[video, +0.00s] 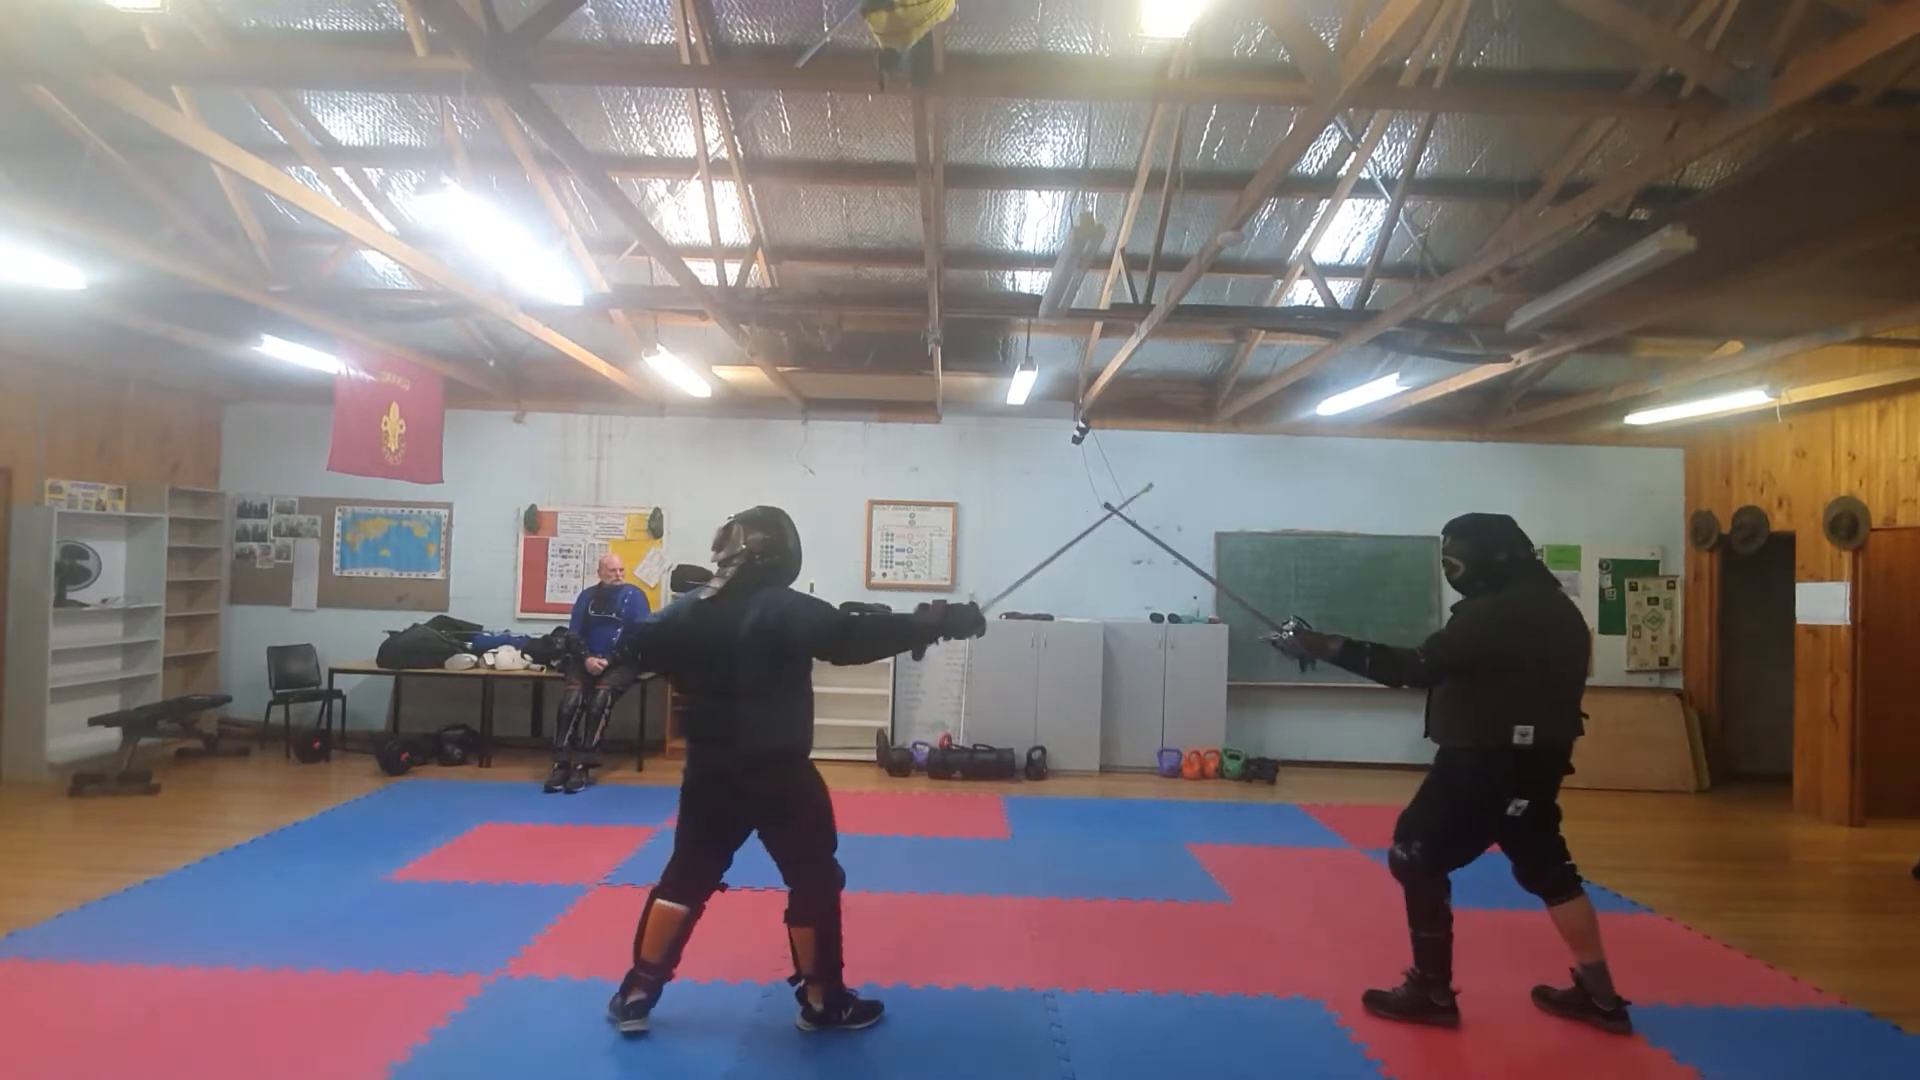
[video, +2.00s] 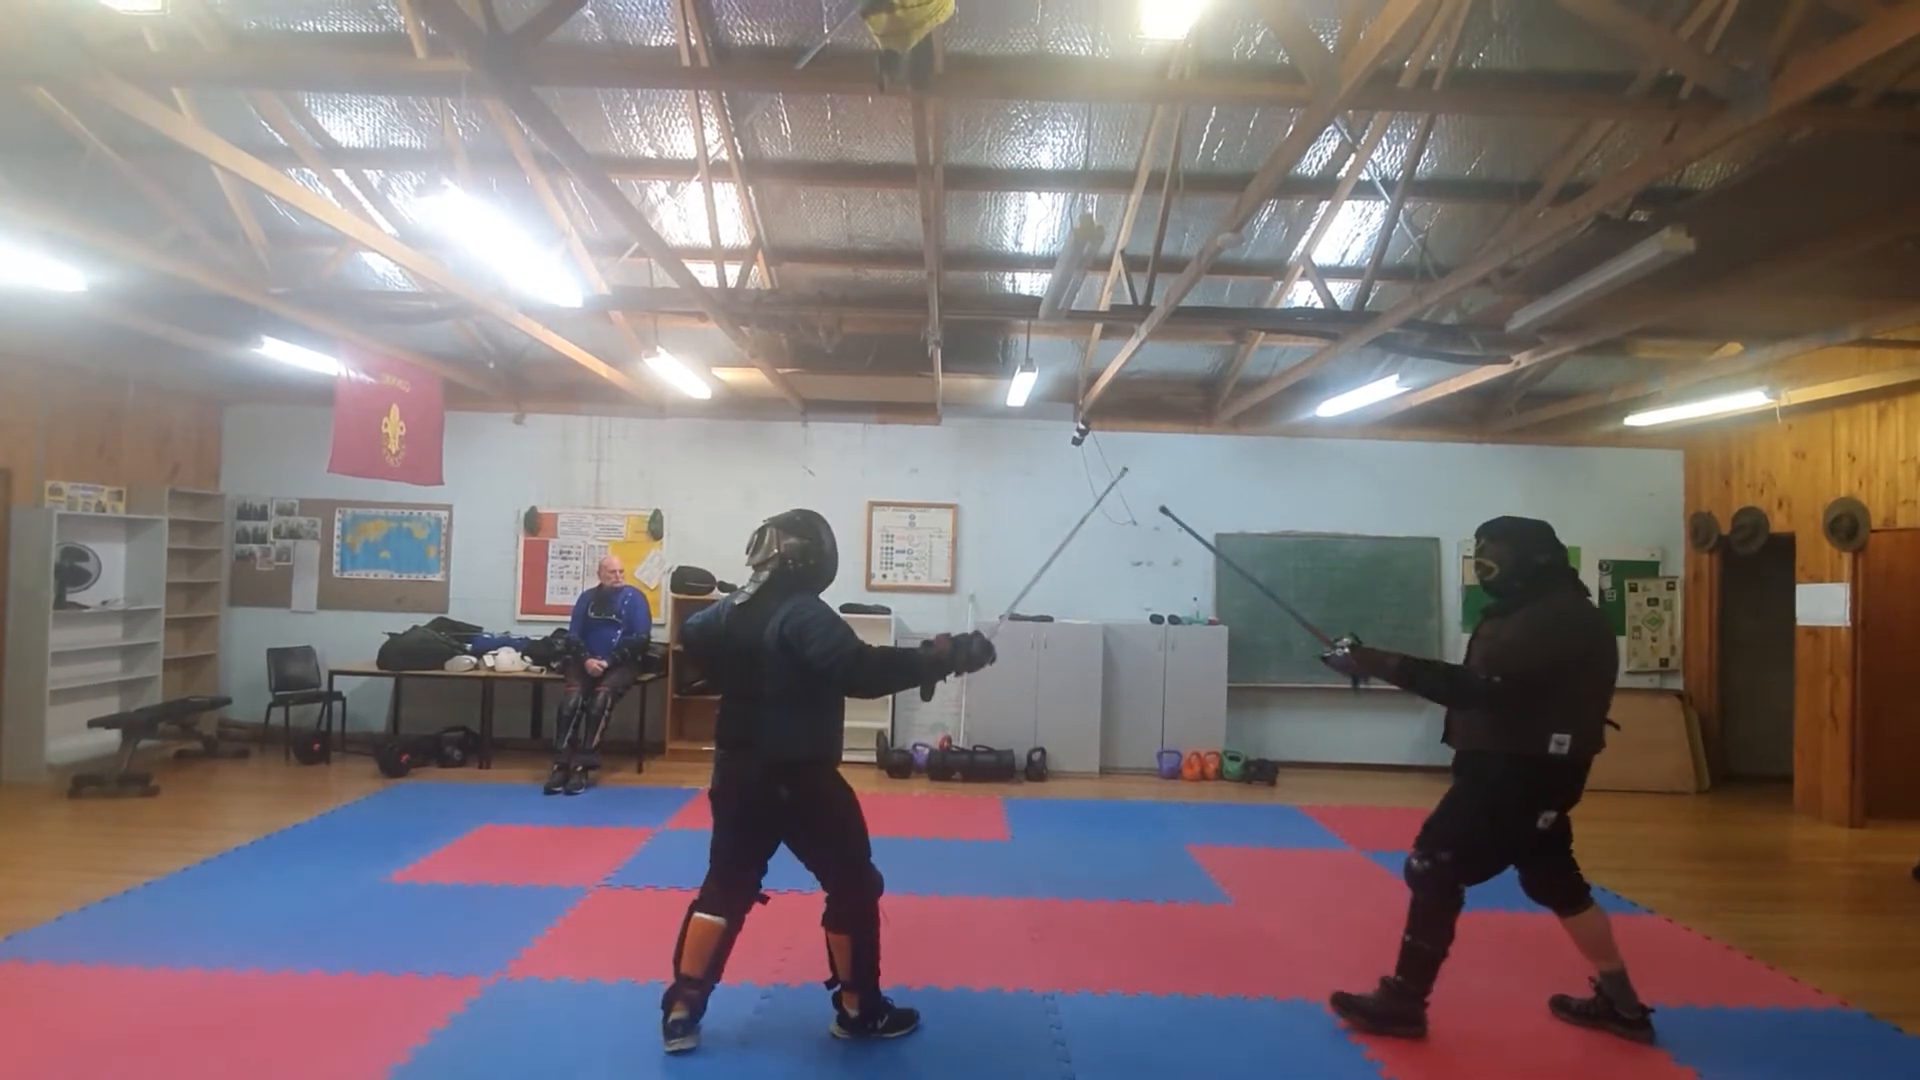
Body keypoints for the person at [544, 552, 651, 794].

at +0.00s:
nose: (619, 575)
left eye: (621, 571)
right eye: (613, 571)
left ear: (624, 571)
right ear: (599, 572)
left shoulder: (634, 596)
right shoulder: (586, 596)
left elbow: (638, 636)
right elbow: (573, 634)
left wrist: (609, 660)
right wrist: (586, 658)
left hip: (620, 661)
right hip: (585, 659)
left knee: (601, 696)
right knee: (572, 696)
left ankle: (582, 767)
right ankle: (561, 765)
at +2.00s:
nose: (618, 577)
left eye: (621, 572)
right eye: (612, 572)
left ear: (624, 573)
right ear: (599, 574)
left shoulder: (634, 598)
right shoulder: (587, 597)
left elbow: (640, 639)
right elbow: (573, 636)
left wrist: (608, 661)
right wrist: (585, 659)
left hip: (619, 663)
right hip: (585, 660)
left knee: (601, 696)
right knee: (572, 697)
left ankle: (581, 768)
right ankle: (560, 766)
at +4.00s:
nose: (618, 577)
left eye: (621, 572)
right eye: (613, 572)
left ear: (624, 573)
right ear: (600, 573)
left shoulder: (634, 598)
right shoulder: (587, 598)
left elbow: (640, 637)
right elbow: (574, 635)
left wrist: (609, 660)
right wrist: (586, 659)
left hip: (621, 662)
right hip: (586, 659)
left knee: (601, 697)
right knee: (572, 698)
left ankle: (582, 768)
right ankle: (561, 765)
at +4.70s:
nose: (618, 576)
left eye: (621, 571)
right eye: (613, 571)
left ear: (624, 572)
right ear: (600, 573)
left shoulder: (634, 597)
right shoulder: (587, 597)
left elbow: (640, 636)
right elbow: (574, 635)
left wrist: (610, 660)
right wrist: (586, 658)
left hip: (620, 663)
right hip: (586, 660)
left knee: (601, 697)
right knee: (572, 697)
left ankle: (582, 768)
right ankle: (561, 765)